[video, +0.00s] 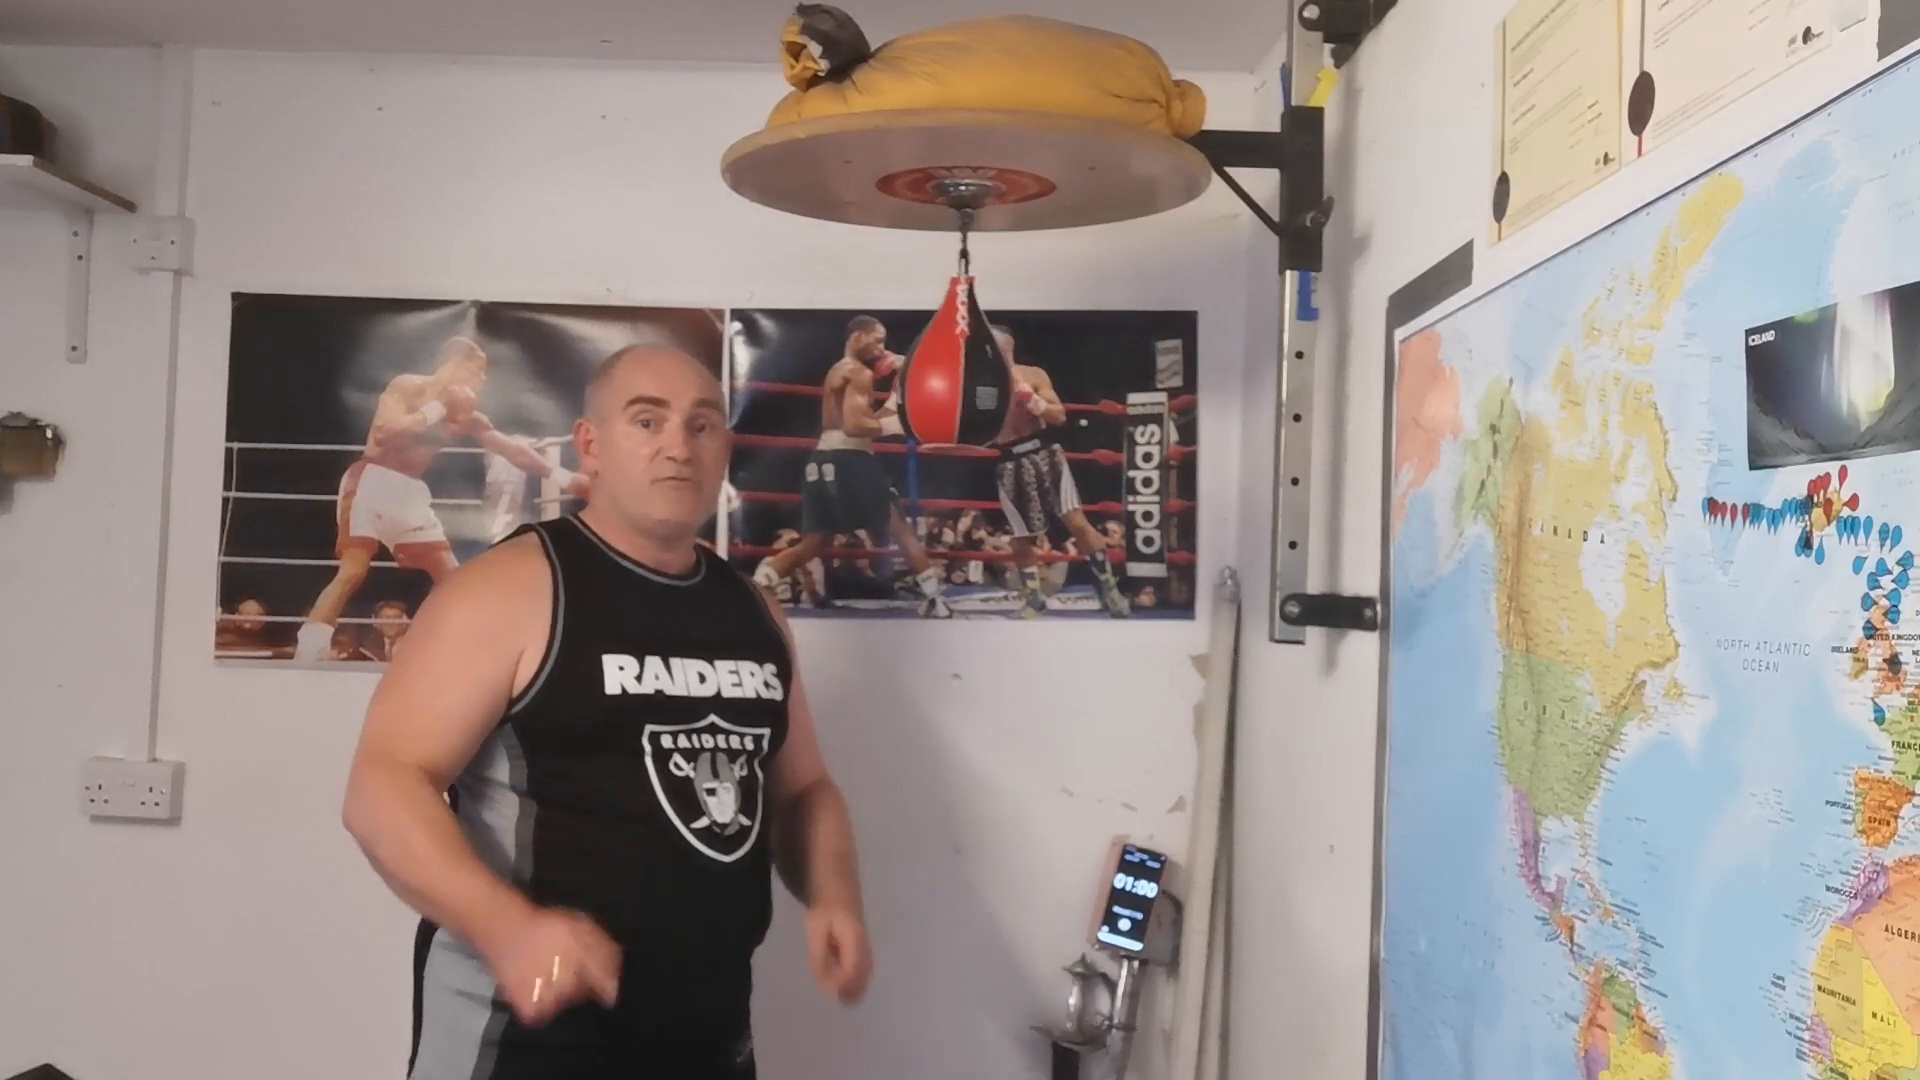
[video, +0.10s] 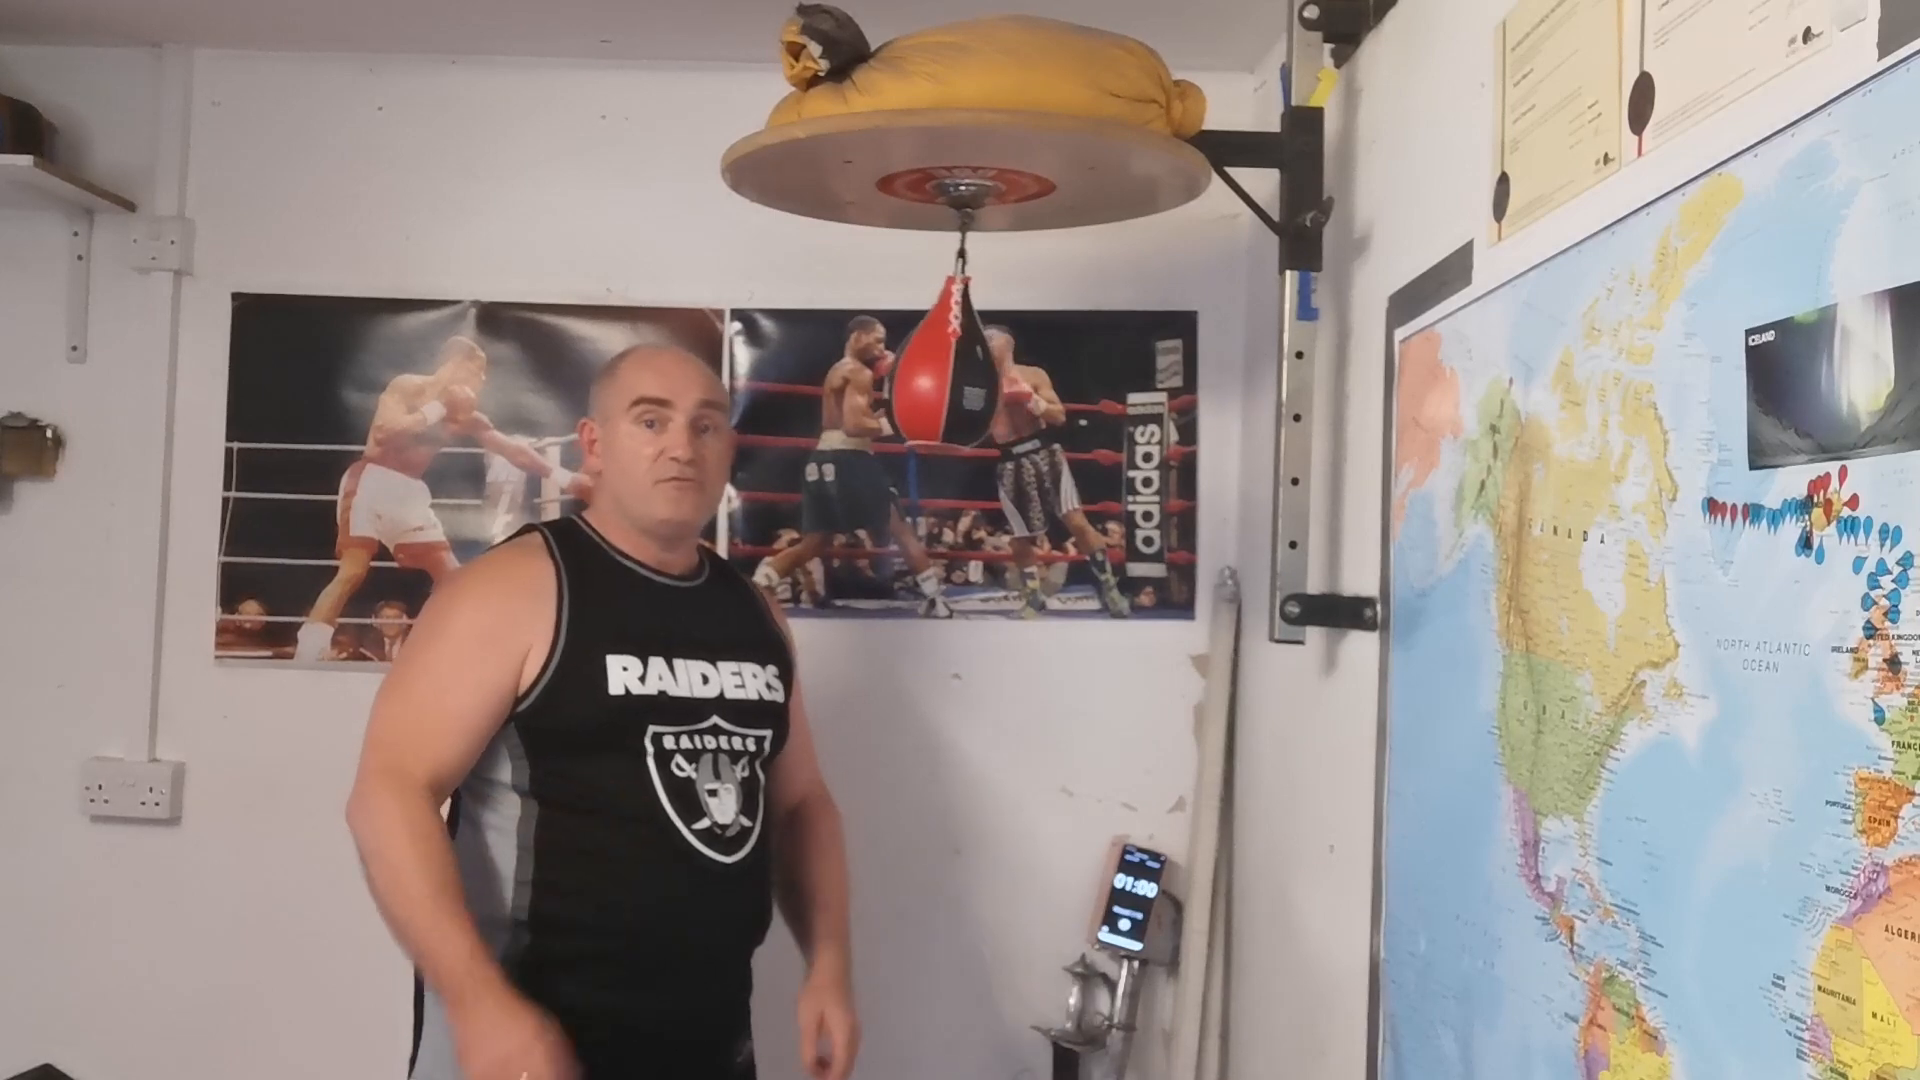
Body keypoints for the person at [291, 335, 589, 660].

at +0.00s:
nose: (476, 384)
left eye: (479, 377)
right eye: (472, 374)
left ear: (476, 380)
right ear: (451, 365)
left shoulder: (464, 415)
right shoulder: (404, 386)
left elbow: (511, 449)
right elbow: (383, 433)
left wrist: (563, 478)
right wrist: (436, 409)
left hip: (408, 492)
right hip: (367, 483)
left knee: (448, 573)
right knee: (353, 570)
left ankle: (461, 654)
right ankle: (306, 652)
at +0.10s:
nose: (475, 385)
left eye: (478, 378)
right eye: (471, 374)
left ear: (478, 382)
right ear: (450, 367)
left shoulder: (465, 417)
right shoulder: (405, 387)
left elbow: (511, 450)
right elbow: (384, 433)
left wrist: (563, 478)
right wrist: (436, 409)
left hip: (409, 493)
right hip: (368, 483)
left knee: (449, 573)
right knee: (353, 570)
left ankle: (463, 653)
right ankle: (306, 652)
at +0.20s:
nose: (475, 385)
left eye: (478, 378)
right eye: (471, 375)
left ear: (477, 382)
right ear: (451, 366)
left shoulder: (465, 415)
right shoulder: (405, 386)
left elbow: (512, 450)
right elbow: (383, 433)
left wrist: (565, 478)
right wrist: (435, 409)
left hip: (408, 493)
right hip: (367, 483)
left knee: (449, 574)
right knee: (353, 570)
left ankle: (450, 659)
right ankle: (306, 652)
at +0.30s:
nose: (478, 385)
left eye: (480, 378)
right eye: (475, 375)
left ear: (474, 381)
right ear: (453, 366)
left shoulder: (464, 416)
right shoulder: (405, 387)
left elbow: (510, 450)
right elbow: (385, 432)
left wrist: (564, 478)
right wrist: (437, 409)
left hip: (408, 493)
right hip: (368, 482)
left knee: (449, 572)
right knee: (353, 571)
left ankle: (445, 655)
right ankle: (305, 651)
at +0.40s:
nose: (475, 385)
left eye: (478, 378)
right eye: (472, 375)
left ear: (477, 381)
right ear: (451, 366)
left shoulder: (465, 417)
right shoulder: (404, 387)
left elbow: (511, 450)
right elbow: (384, 433)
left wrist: (564, 478)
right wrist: (436, 409)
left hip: (408, 493)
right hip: (368, 484)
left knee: (449, 574)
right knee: (352, 571)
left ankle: (438, 659)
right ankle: (306, 652)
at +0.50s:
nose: (477, 386)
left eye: (480, 379)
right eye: (475, 376)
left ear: (472, 380)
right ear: (455, 367)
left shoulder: (464, 414)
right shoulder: (404, 386)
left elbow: (512, 450)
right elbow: (382, 433)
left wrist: (565, 478)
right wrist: (433, 411)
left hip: (408, 493)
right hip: (367, 483)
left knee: (448, 573)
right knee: (353, 570)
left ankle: (429, 660)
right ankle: (306, 654)